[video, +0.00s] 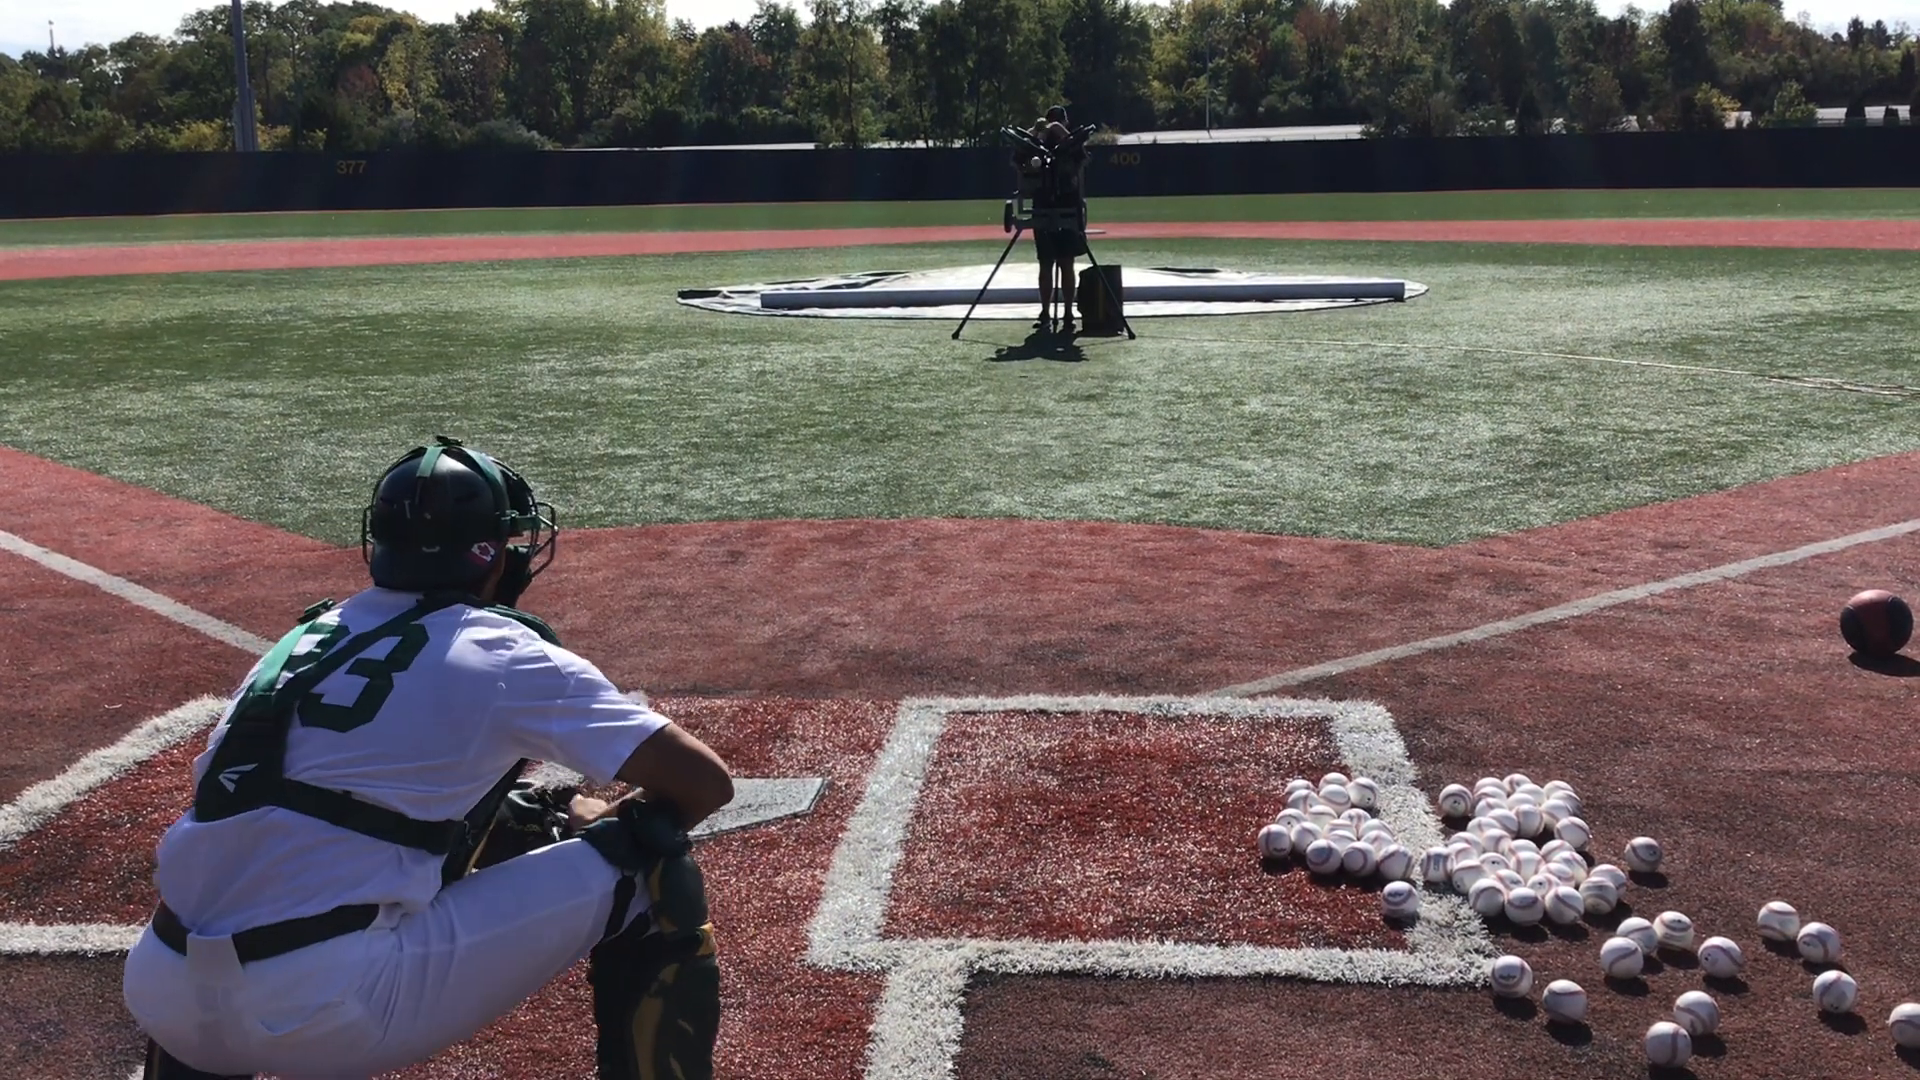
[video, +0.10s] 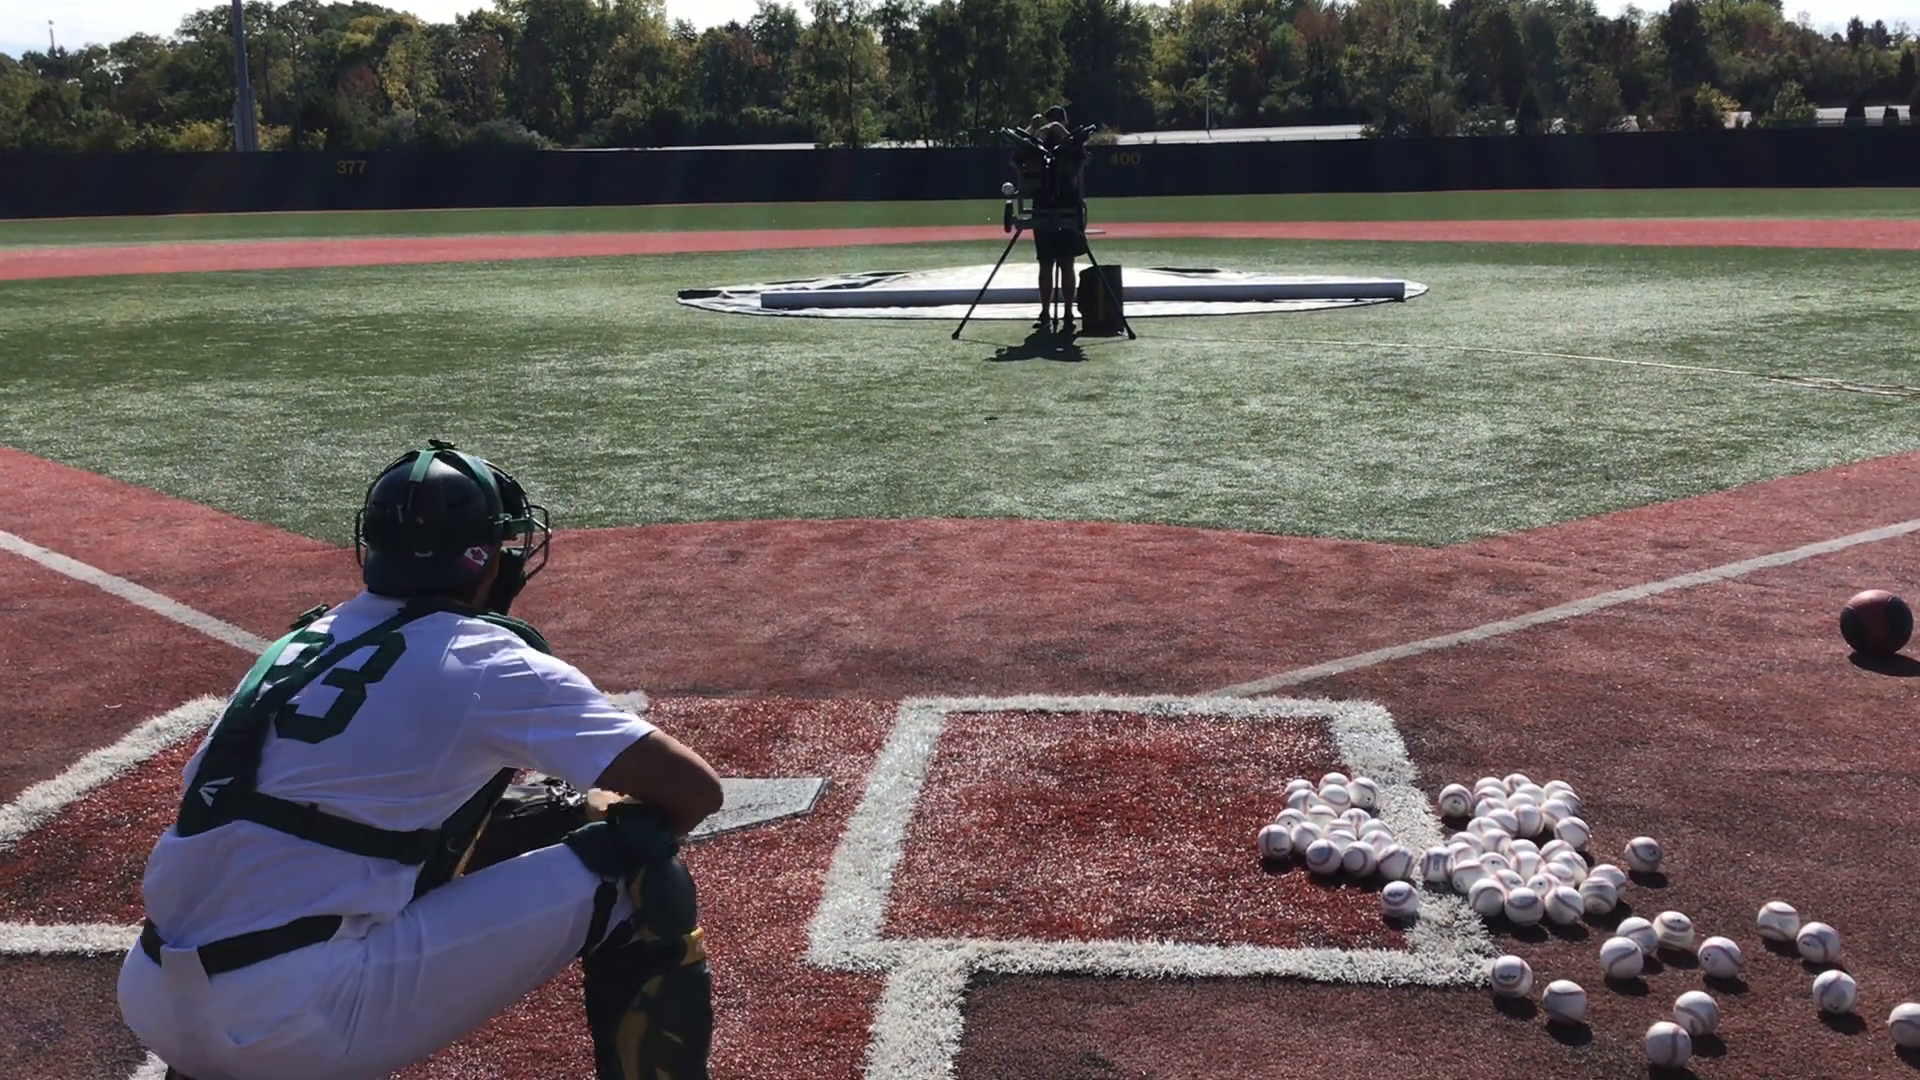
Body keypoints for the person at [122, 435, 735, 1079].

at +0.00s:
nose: (519, 555)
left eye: (517, 540)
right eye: (509, 542)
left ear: (384, 548)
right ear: (482, 560)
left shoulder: (312, 627)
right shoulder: (496, 650)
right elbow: (704, 783)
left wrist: (491, 813)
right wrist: (619, 810)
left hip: (160, 994)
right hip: (314, 1011)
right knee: (650, 856)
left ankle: (184, 1063)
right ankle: (654, 1063)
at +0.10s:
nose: (512, 558)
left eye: (510, 542)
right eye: (503, 545)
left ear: (378, 554)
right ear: (476, 565)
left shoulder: (312, 631)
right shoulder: (478, 657)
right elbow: (693, 789)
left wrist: (530, 822)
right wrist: (593, 821)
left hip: (154, 997)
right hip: (290, 1016)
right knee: (636, 861)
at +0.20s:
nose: (509, 568)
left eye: (507, 552)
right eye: (500, 555)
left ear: (373, 567)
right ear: (474, 578)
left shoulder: (310, 638)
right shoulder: (466, 669)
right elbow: (683, 803)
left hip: (164, 1005)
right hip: (282, 1023)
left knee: (453, 825)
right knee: (622, 865)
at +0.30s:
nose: (504, 572)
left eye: (501, 555)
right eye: (496, 558)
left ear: (369, 567)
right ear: (472, 578)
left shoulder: (311, 633)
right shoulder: (467, 677)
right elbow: (673, 817)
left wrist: (493, 819)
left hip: (184, 1013)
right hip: (285, 1030)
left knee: (488, 819)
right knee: (625, 869)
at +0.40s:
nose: (505, 563)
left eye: (502, 545)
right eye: (497, 549)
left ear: (365, 555)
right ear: (473, 566)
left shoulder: (295, 637)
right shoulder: (493, 670)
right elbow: (591, 831)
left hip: (206, 1017)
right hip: (316, 1018)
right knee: (652, 872)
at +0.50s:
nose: (499, 540)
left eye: (495, 524)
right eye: (491, 526)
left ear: (367, 532)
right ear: (468, 542)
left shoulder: (290, 640)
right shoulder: (516, 657)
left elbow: (249, 817)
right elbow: (522, 869)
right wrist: (522, 994)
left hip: (238, 1005)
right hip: (368, 1000)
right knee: (701, 877)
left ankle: (292, 1053)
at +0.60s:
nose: (504, 537)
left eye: (501, 520)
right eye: (497, 522)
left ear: (375, 529)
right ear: (473, 535)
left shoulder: (290, 652)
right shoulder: (520, 625)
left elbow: (209, 826)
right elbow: (560, 800)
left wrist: (324, 858)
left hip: (305, 996)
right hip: (452, 974)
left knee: (357, 1039)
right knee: (746, 920)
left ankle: (307, 1066)